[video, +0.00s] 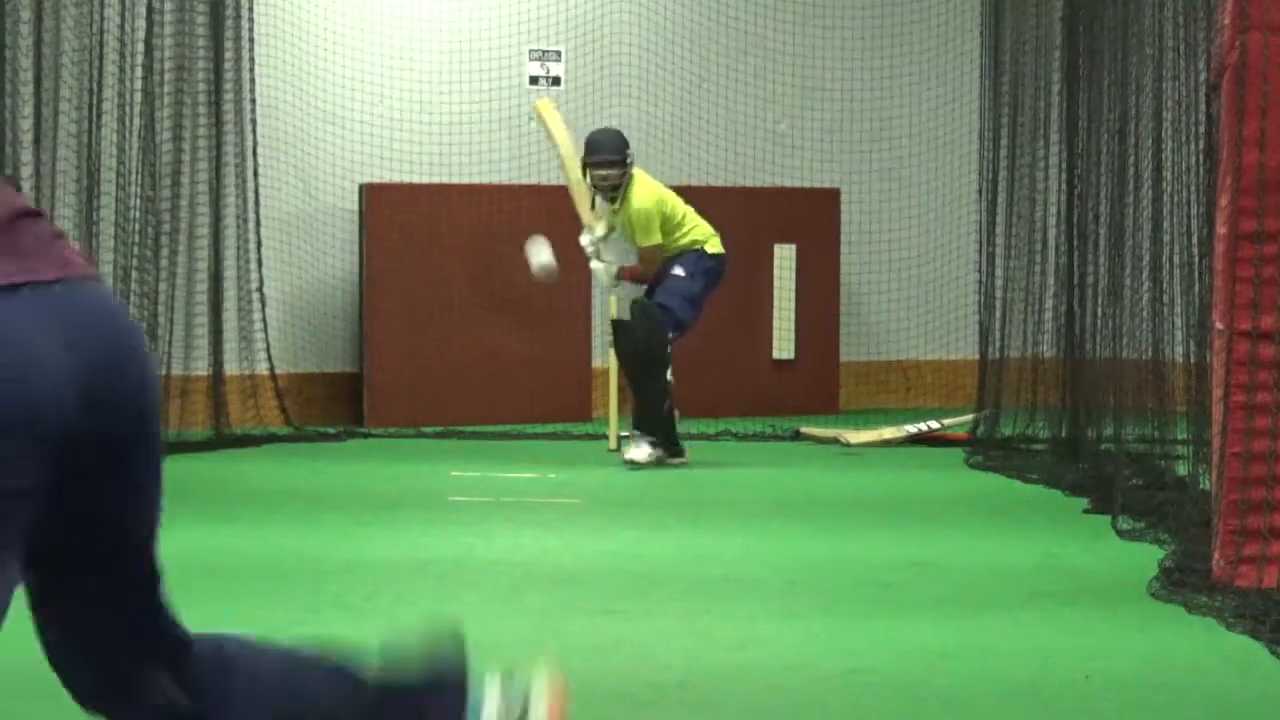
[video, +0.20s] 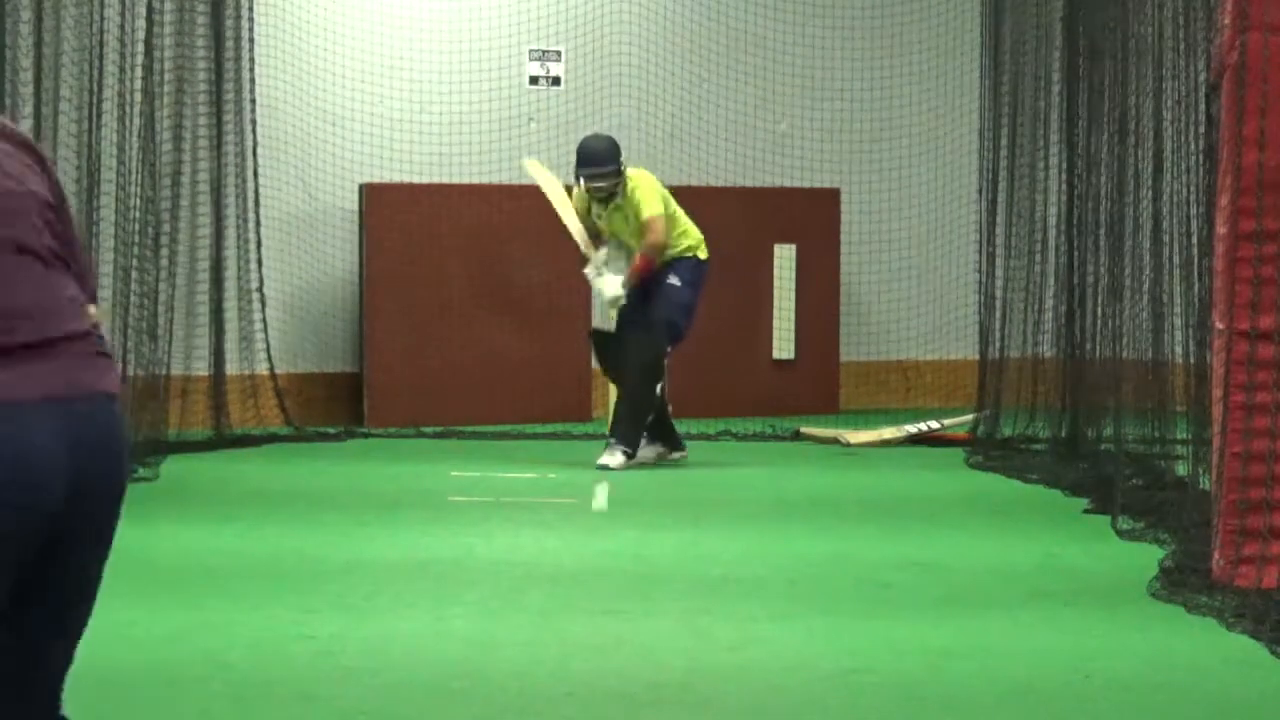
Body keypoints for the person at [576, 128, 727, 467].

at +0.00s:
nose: (607, 176)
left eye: (614, 167)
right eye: (599, 168)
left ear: (626, 166)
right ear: (587, 171)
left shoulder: (641, 201)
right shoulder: (604, 188)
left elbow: (651, 272)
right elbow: (604, 216)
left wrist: (616, 271)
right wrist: (596, 234)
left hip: (700, 253)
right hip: (672, 255)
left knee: (650, 331)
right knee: (637, 336)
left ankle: (655, 438)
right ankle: (664, 441)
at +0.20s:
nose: (601, 191)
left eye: (608, 183)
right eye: (593, 185)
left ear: (620, 173)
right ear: (582, 179)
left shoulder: (641, 184)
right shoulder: (583, 195)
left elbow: (658, 239)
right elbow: (591, 234)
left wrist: (625, 281)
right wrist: (596, 256)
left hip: (681, 257)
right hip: (644, 262)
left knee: (648, 340)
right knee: (614, 342)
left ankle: (622, 443)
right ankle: (663, 438)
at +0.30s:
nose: (602, 188)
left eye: (608, 179)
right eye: (593, 181)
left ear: (621, 170)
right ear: (582, 176)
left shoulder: (639, 166)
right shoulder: (582, 206)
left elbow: (660, 168)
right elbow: (611, 248)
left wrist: (643, 222)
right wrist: (624, 257)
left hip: (675, 254)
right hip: (635, 266)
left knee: (650, 339)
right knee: (619, 344)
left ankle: (623, 442)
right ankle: (663, 437)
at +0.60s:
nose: (607, 174)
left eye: (614, 166)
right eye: (598, 169)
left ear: (626, 151)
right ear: (584, 159)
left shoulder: (646, 151)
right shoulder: (580, 187)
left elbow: (690, 162)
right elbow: (614, 234)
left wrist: (690, 220)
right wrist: (655, 254)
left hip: (662, 255)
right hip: (613, 260)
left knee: (648, 345)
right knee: (603, 345)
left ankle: (633, 438)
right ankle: (616, 421)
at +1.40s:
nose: (587, 128)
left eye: (594, 119)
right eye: (578, 121)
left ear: (604, 117)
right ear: (564, 123)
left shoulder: (627, 136)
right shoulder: (554, 160)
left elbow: (689, 148)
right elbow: (574, 218)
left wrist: (684, 183)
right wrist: (628, 213)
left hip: (625, 249)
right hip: (576, 254)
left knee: (640, 319)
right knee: (571, 342)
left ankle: (628, 434)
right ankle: (574, 443)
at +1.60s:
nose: (625, 159)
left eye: (633, 151)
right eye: (618, 152)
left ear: (648, 152)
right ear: (609, 155)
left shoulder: (655, 189)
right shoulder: (635, 185)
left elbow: (649, 261)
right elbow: (640, 239)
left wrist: (651, 279)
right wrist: (638, 260)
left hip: (708, 264)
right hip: (687, 264)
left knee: (656, 346)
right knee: (645, 344)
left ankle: (675, 449)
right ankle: (661, 443)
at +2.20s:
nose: (610, 173)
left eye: (617, 165)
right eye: (602, 166)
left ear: (631, 161)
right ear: (592, 166)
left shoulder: (650, 181)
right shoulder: (593, 186)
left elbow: (658, 240)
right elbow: (589, 218)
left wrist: (616, 268)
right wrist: (592, 237)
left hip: (682, 259)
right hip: (643, 267)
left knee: (650, 339)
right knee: (624, 340)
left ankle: (659, 443)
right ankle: (657, 439)